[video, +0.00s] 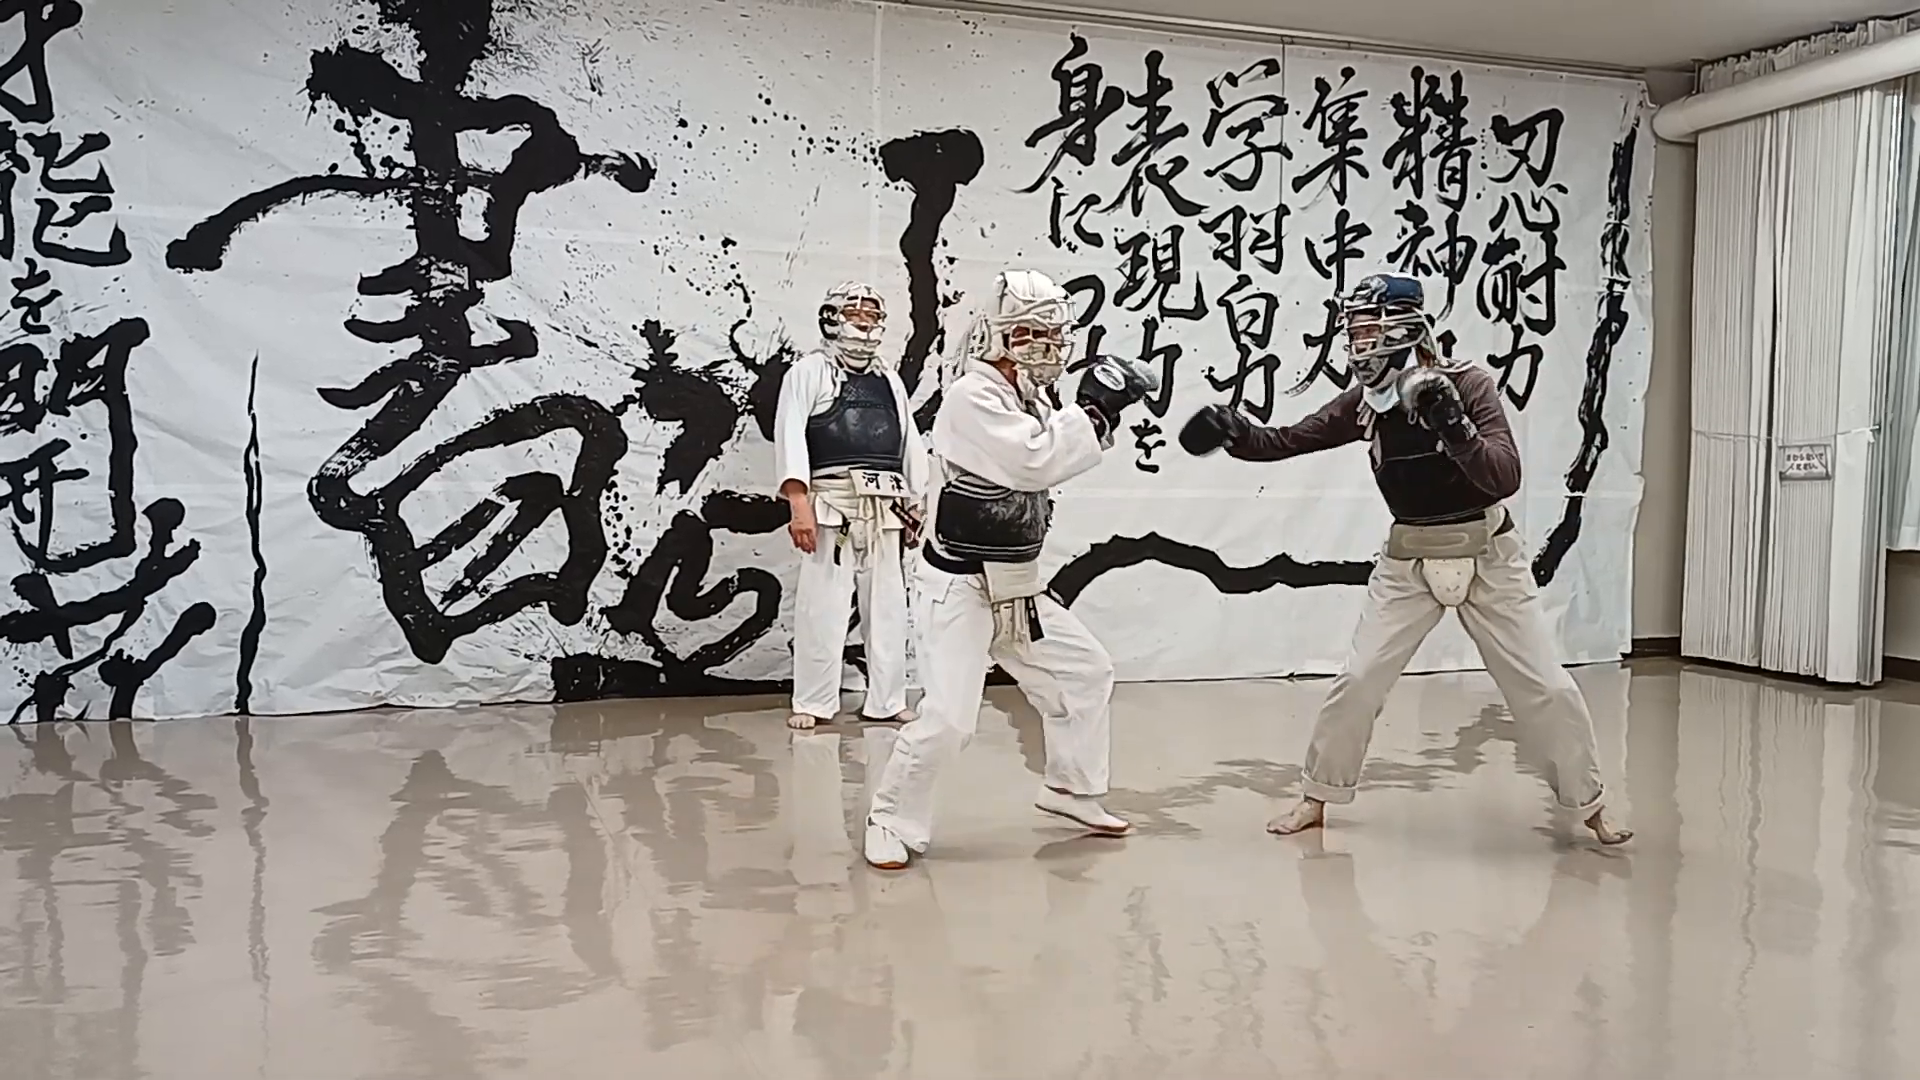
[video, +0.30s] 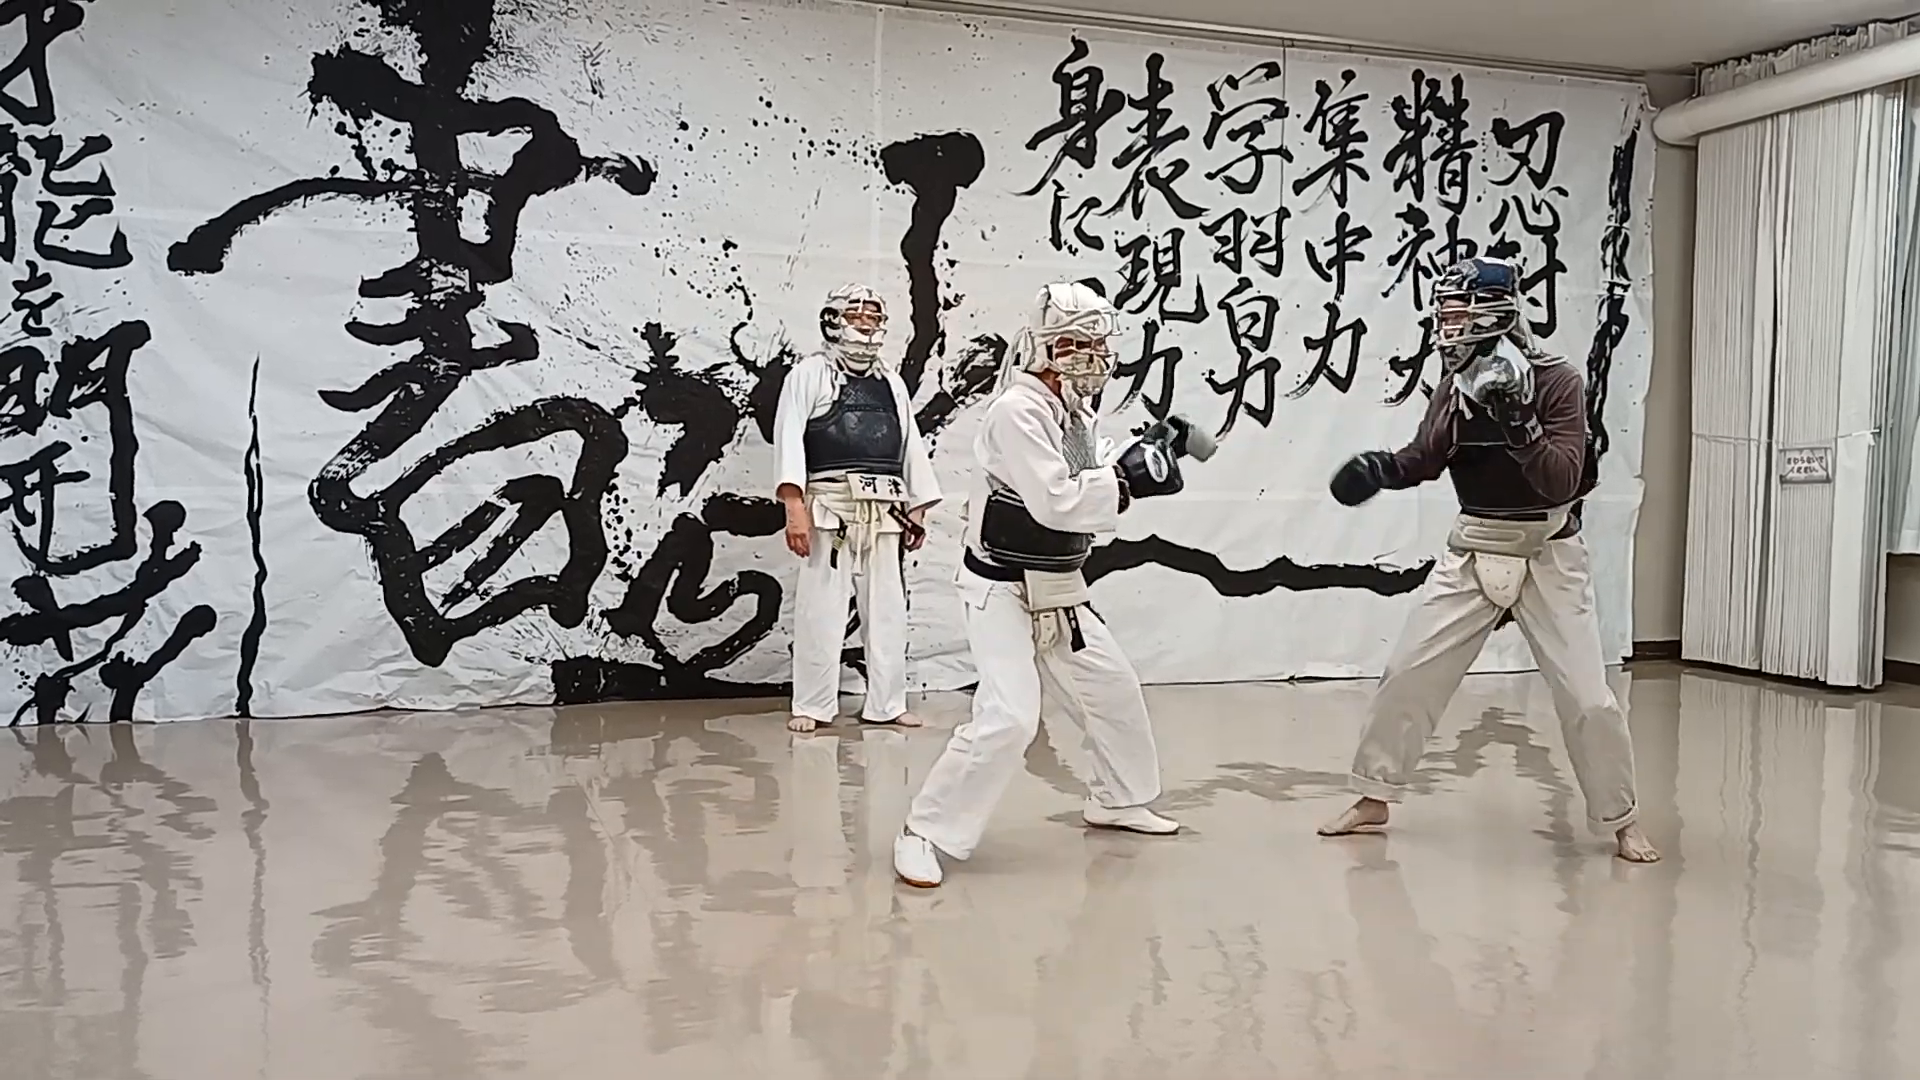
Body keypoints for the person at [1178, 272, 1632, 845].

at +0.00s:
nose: (1356, 340)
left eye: (1369, 328)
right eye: (1353, 329)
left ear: (1406, 328)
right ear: (1354, 334)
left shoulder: (1471, 385)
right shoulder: (1365, 401)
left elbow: (1504, 480)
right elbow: (1285, 440)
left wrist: (1451, 425)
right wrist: (1232, 428)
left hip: (1489, 554)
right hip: (1408, 560)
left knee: (1547, 687)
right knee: (1358, 680)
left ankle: (1591, 806)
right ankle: (1313, 801)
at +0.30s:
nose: (1446, 324)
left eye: (1458, 312)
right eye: (1444, 312)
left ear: (1496, 314)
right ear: (1448, 315)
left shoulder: (1557, 382)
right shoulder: (1453, 387)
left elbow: (1562, 482)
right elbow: (1425, 457)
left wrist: (1518, 422)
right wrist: (1380, 468)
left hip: (1551, 559)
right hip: (1471, 555)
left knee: (1590, 702)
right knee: (1409, 674)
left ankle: (1623, 825)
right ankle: (1373, 802)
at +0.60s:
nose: (1449, 323)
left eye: (1460, 310)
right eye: (1445, 312)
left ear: (1498, 310)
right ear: (1449, 316)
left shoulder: (1563, 373)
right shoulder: (1467, 390)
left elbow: (1589, 468)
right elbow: (1468, 480)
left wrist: (1518, 441)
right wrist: (1455, 540)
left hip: (1568, 550)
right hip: (1491, 547)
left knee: (1601, 699)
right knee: (1427, 672)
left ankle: (1637, 832)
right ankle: (1393, 797)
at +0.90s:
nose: (1428, 362)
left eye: (1439, 348)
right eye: (1425, 350)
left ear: (1479, 347)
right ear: (1430, 355)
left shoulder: (1544, 408)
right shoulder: (1456, 431)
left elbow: (1605, 495)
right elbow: (1448, 511)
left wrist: (1520, 518)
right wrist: (1434, 565)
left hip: (1567, 583)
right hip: (1485, 583)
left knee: (1599, 715)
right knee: (1411, 687)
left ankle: (1660, 839)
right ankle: (1380, 803)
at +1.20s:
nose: (1444, 317)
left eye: (1456, 304)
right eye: (1440, 305)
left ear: (1495, 304)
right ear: (1443, 308)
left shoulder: (1561, 366)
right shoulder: (1468, 385)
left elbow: (1607, 455)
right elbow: (1468, 478)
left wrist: (1520, 452)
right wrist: (1434, 546)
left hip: (1575, 536)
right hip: (1497, 536)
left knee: (1606, 693)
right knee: (1441, 666)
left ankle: (1636, 832)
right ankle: (1412, 802)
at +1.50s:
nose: (1385, 372)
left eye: (1395, 358)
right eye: (1382, 360)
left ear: (1435, 357)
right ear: (1385, 362)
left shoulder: (1511, 406)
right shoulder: (1429, 437)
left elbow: (1587, 482)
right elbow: (1432, 523)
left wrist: (1513, 512)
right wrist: (1407, 585)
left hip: (1558, 575)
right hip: (1476, 579)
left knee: (1584, 703)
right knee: (1412, 681)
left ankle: (1640, 822)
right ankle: (1386, 815)